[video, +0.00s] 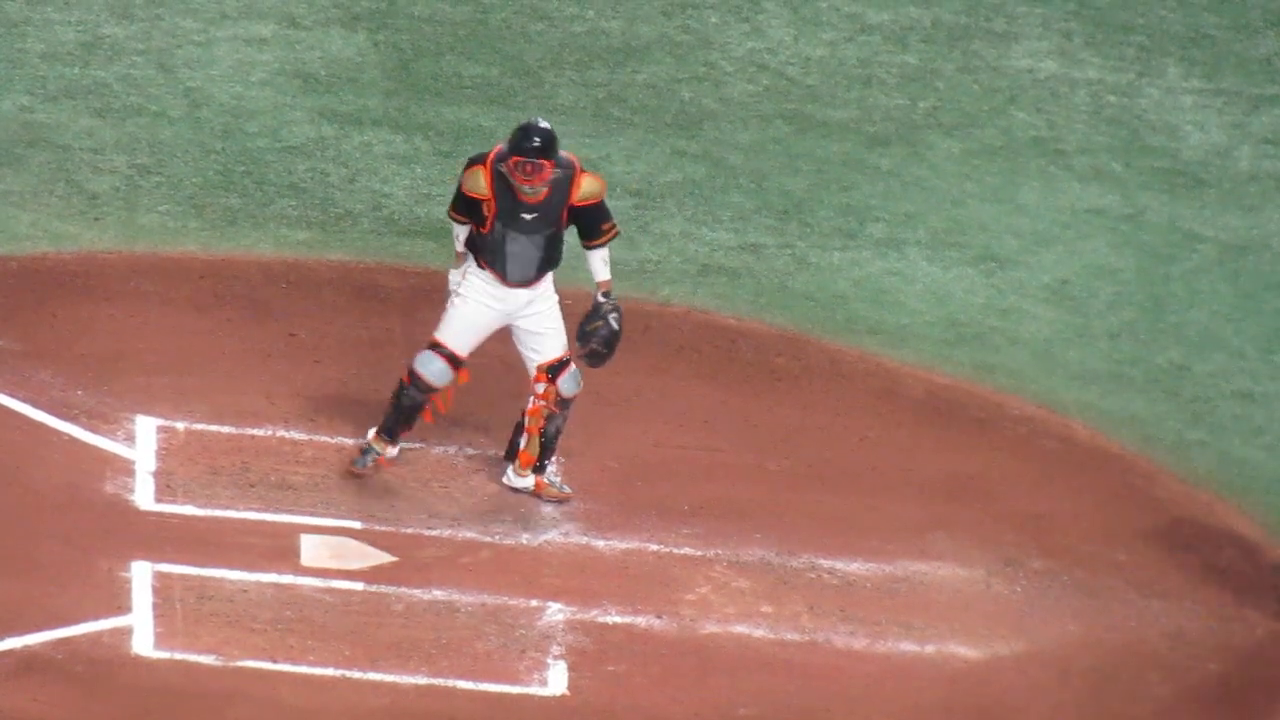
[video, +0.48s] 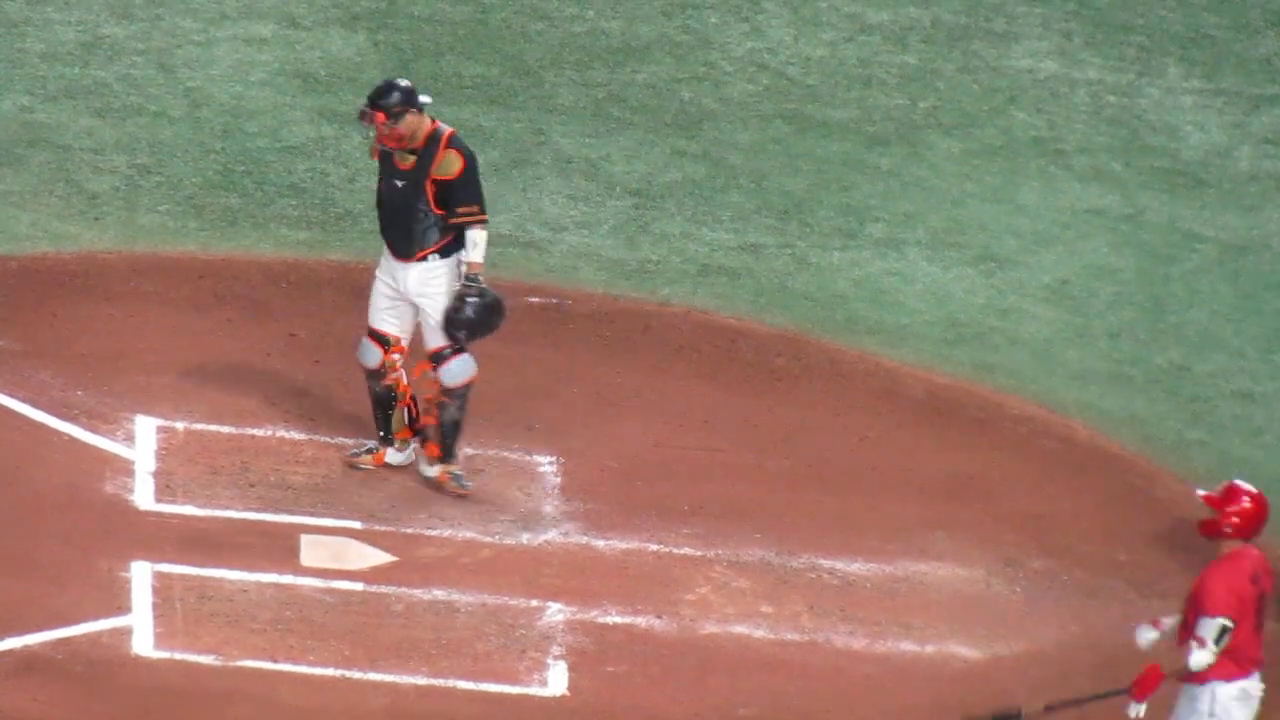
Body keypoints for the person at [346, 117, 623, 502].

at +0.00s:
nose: (529, 174)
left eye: (537, 167)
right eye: (522, 165)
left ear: (553, 164)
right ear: (508, 159)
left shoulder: (577, 184)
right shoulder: (482, 175)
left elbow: (597, 242)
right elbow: (461, 226)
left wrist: (605, 297)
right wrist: (462, 267)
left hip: (537, 295)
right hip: (482, 289)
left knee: (561, 383)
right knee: (433, 369)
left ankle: (527, 469)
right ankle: (382, 441)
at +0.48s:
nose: (382, 131)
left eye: (388, 123)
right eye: (379, 124)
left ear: (410, 117)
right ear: (383, 121)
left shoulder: (450, 152)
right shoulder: (388, 143)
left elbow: (475, 223)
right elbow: (397, 199)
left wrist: (472, 281)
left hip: (438, 270)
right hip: (393, 265)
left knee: (450, 364)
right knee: (379, 355)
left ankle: (444, 459)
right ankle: (395, 446)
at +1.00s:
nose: (299, 140)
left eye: (300, 129)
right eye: (296, 132)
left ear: (321, 120)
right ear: (326, 120)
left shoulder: (353, 158)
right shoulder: (355, 145)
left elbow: (363, 232)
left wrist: (357, 294)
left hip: (351, 279)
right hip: (362, 273)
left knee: (299, 363)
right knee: (356, 360)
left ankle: (268, 465)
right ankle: (397, 442)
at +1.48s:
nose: (203, 157)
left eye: (201, 147)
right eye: (198, 150)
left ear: (218, 133)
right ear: (229, 126)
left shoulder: (243, 166)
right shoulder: (281, 139)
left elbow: (250, 241)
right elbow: (321, 193)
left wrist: (227, 296)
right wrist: (324, 243)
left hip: (285, 277)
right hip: (319, 266)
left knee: (246, 370)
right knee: (293, 365)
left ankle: (246, 472)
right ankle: (310, 457)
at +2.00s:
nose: (208, 103)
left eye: (214, 97)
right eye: (209, 96)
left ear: (237, 100)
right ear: (239, 99)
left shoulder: (254, 144)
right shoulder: (259, 132)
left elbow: (247, 218)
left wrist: (219, 274)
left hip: (263, 266)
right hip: (255, 264)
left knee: (235, 363)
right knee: (217, 350)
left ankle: (249, 469)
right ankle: (249, 430)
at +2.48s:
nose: (223, 77)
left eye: (232, 72)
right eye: (224, 69)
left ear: (254, 80)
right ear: (238, 77)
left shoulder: (282, 128)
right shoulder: (226, 118)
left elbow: (305, 197)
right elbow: (239, 178)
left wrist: (307, 257)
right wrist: (245, 229)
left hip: (280, 247)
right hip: (243, 244)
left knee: (269, 343)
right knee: (231, 335)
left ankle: (289, 429)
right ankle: (245, 427)